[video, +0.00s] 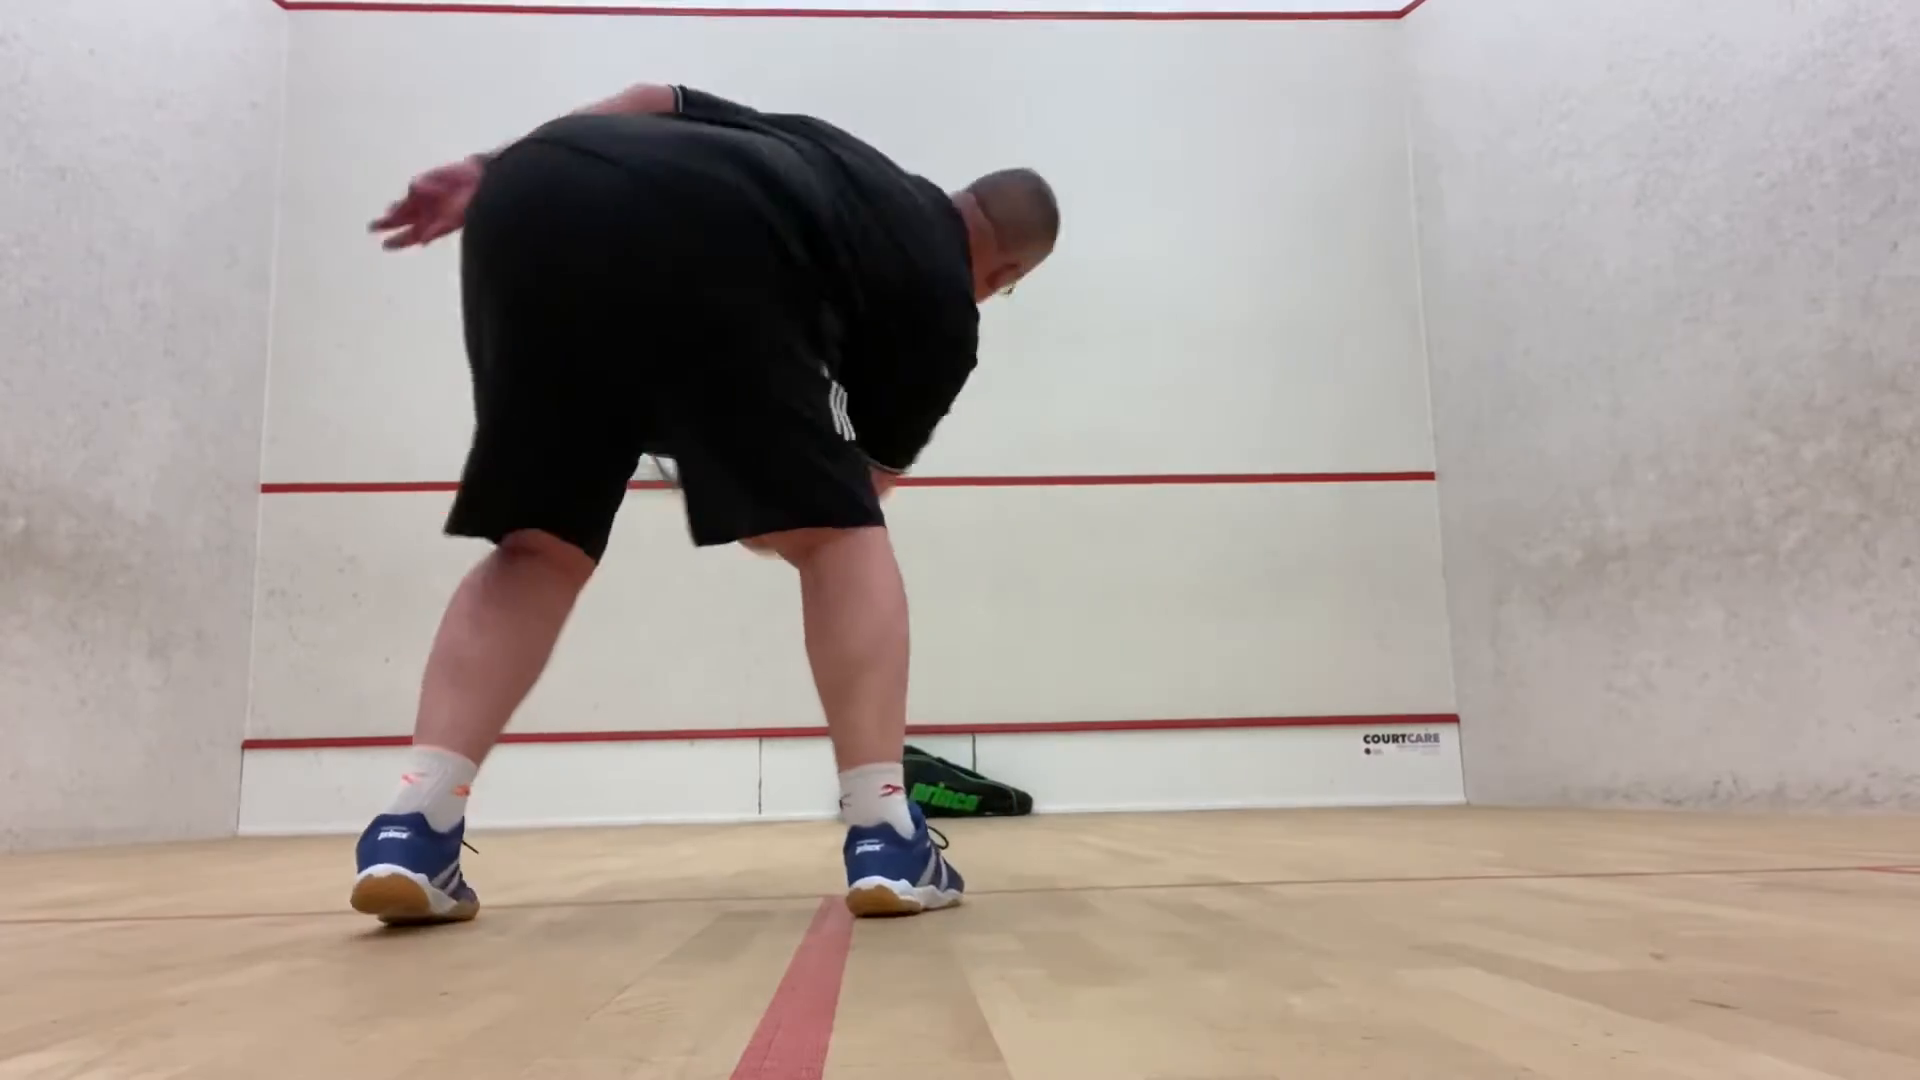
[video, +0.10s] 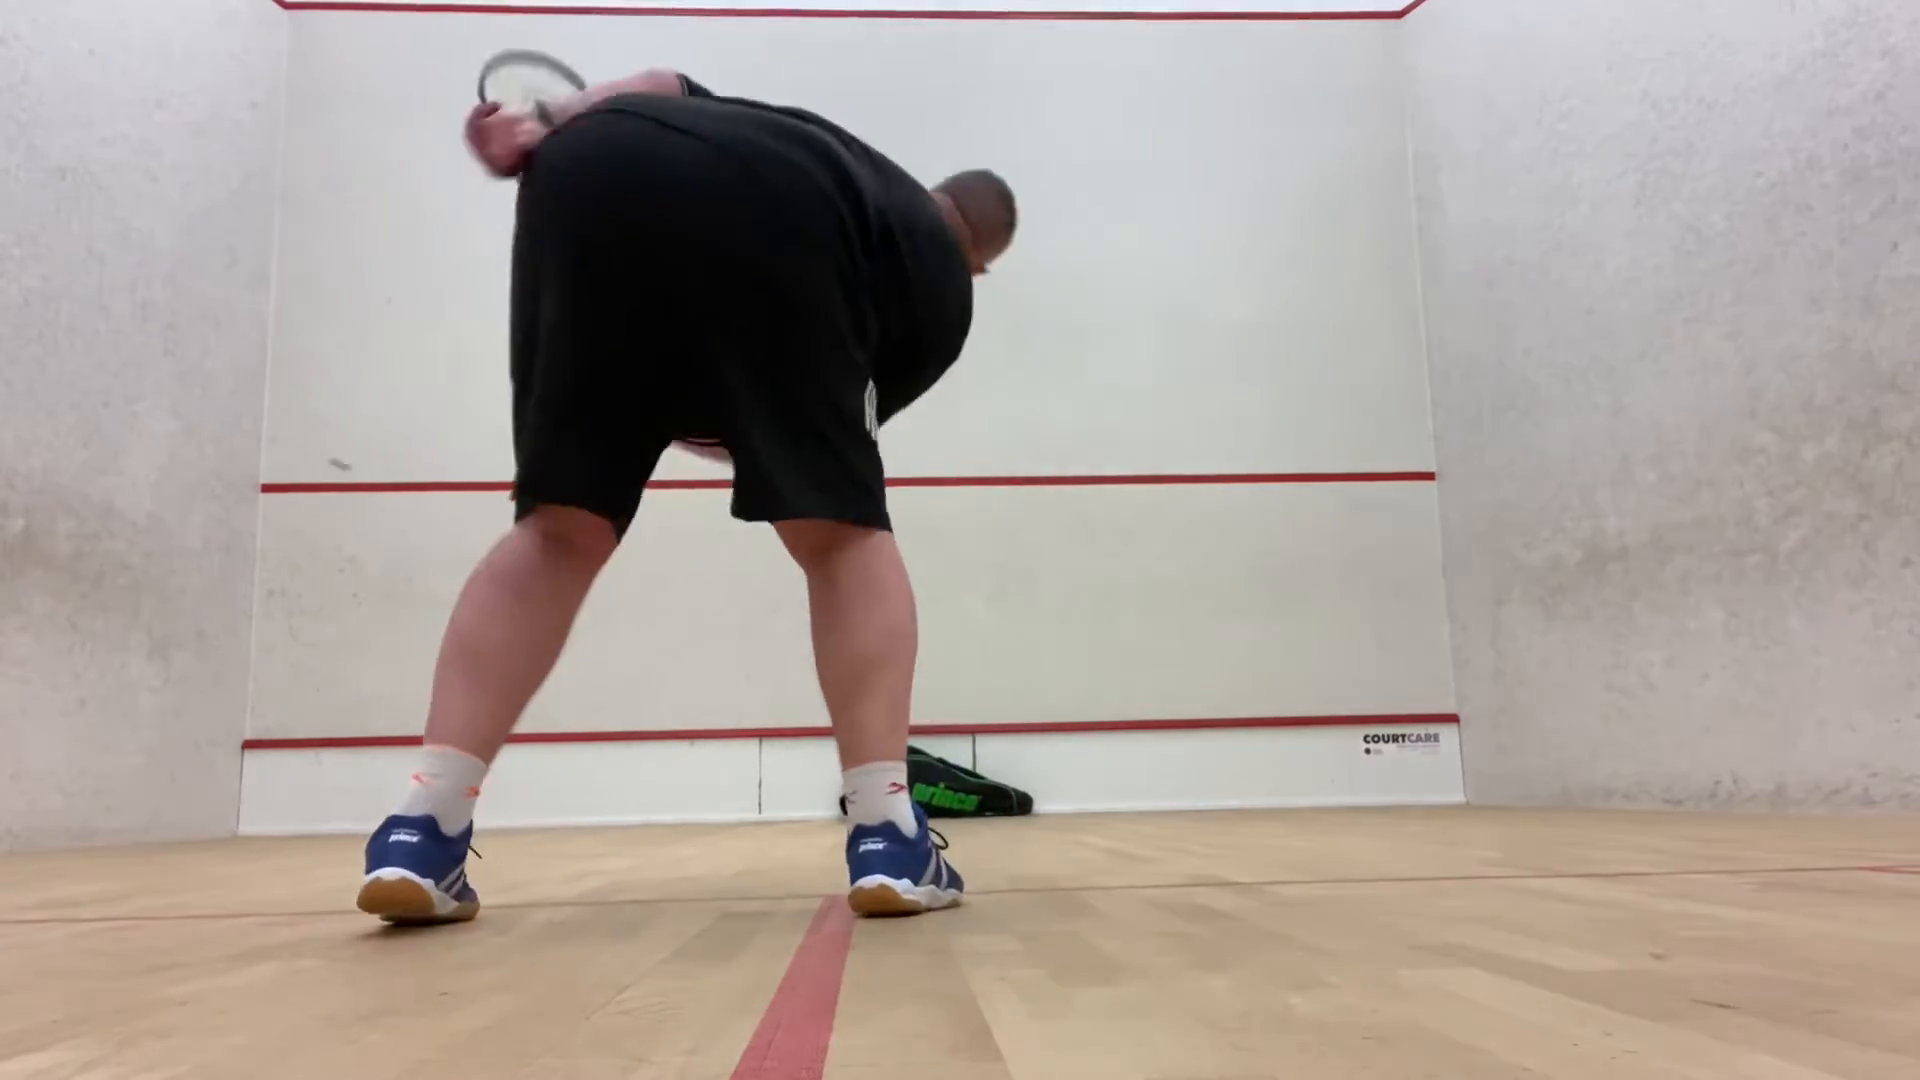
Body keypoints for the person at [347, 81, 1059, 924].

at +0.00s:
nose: (998, 296)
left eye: (1008, 283)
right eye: (1010, 282)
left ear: (960, 195)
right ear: (1005, 263)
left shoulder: (825, 155)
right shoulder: (943, 312)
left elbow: (654, 98)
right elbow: (865, 487)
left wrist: (493, 171)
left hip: (536, 194)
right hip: (718, 234)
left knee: (541, 539)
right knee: (842, 533)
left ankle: (417, 823)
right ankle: (883, 833)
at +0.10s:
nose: (975, 273)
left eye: (977, 255)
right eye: (981, 262)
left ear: (929, 191)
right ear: (978, 252)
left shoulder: (817, 148)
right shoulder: (940, 292)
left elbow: (669, 83)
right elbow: (824, 405)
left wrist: (544, 124)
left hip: (593, 162)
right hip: (774, 211)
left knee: (562, 521)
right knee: (841, 535)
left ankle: (426, 825)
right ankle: (883, 827)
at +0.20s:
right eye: (953, 181)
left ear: (894, 127)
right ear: (953, 178)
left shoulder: (783, 87)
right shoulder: (936, 234)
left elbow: (686, 28)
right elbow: (873, 387)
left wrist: (597, 48)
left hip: (631, 159)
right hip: (813, 218)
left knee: (585, 511)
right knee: (840, 537)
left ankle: (458, 810)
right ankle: (885, 818)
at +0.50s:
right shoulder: (825, 19)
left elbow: (615, 6)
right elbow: (686, 138)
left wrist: (440, 49)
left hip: (708, 257)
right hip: (868, 273)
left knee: (638, 544)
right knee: (815, 555)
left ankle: (568, 816)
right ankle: (873, 800)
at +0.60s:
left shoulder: (649, 9)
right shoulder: (784, 19)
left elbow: (575, 105)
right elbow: (593, 153)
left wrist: (460, 182)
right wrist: (587, 26)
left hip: (700, 313)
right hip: (852, 310)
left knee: (642, 562)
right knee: (817, 570)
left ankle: (593, 827)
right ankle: (888, 796)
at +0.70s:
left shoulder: (634, 21)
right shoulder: (763, 48)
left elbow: (566, 195)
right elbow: (636, 221)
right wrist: (506, 155)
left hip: (678, 348)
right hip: (831, 345)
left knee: (618, 574)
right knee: (810, 583)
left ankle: (593, 829)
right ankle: (914, 769)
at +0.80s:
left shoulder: (564, 34)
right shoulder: (765, 53)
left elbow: (547, 223)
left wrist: (600, 339)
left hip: (660, 347)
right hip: (806, 337)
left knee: (633, 579)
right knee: (811, 569)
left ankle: (596, 831)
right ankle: (946, 721)